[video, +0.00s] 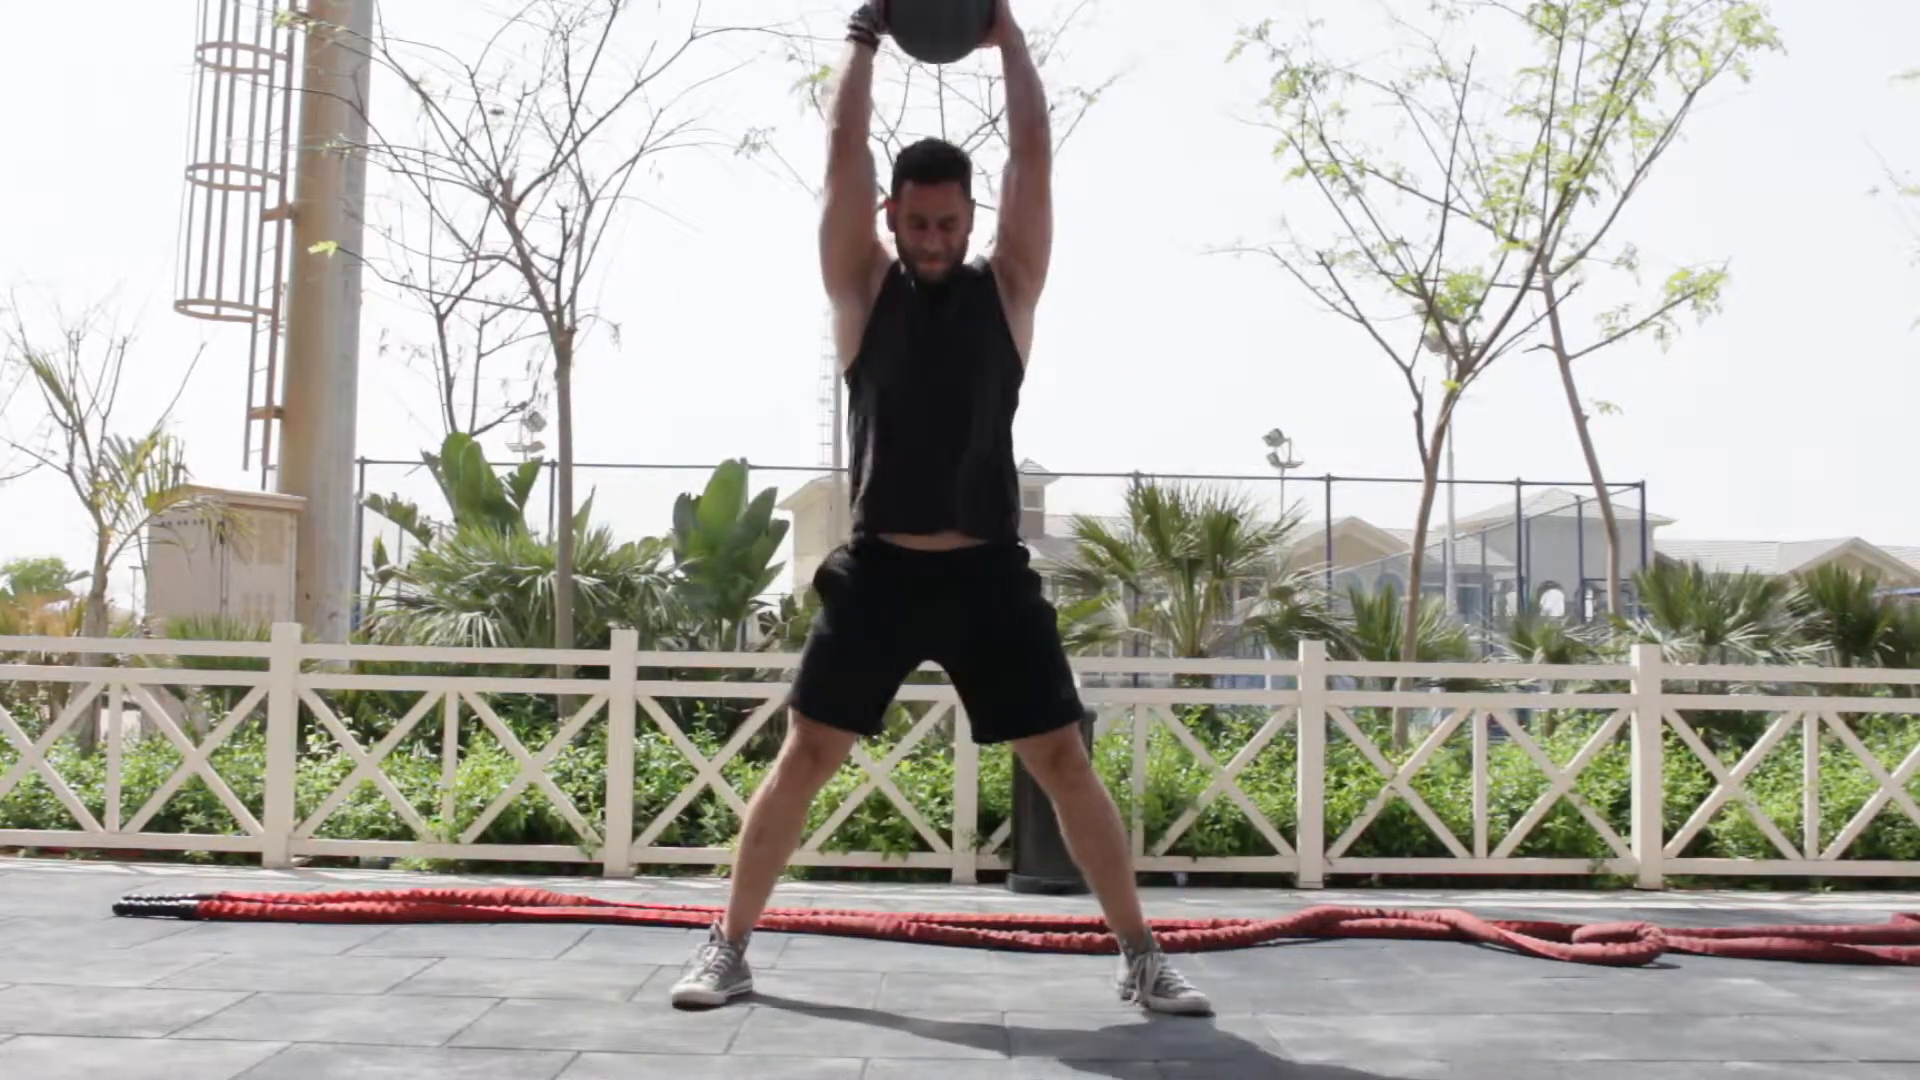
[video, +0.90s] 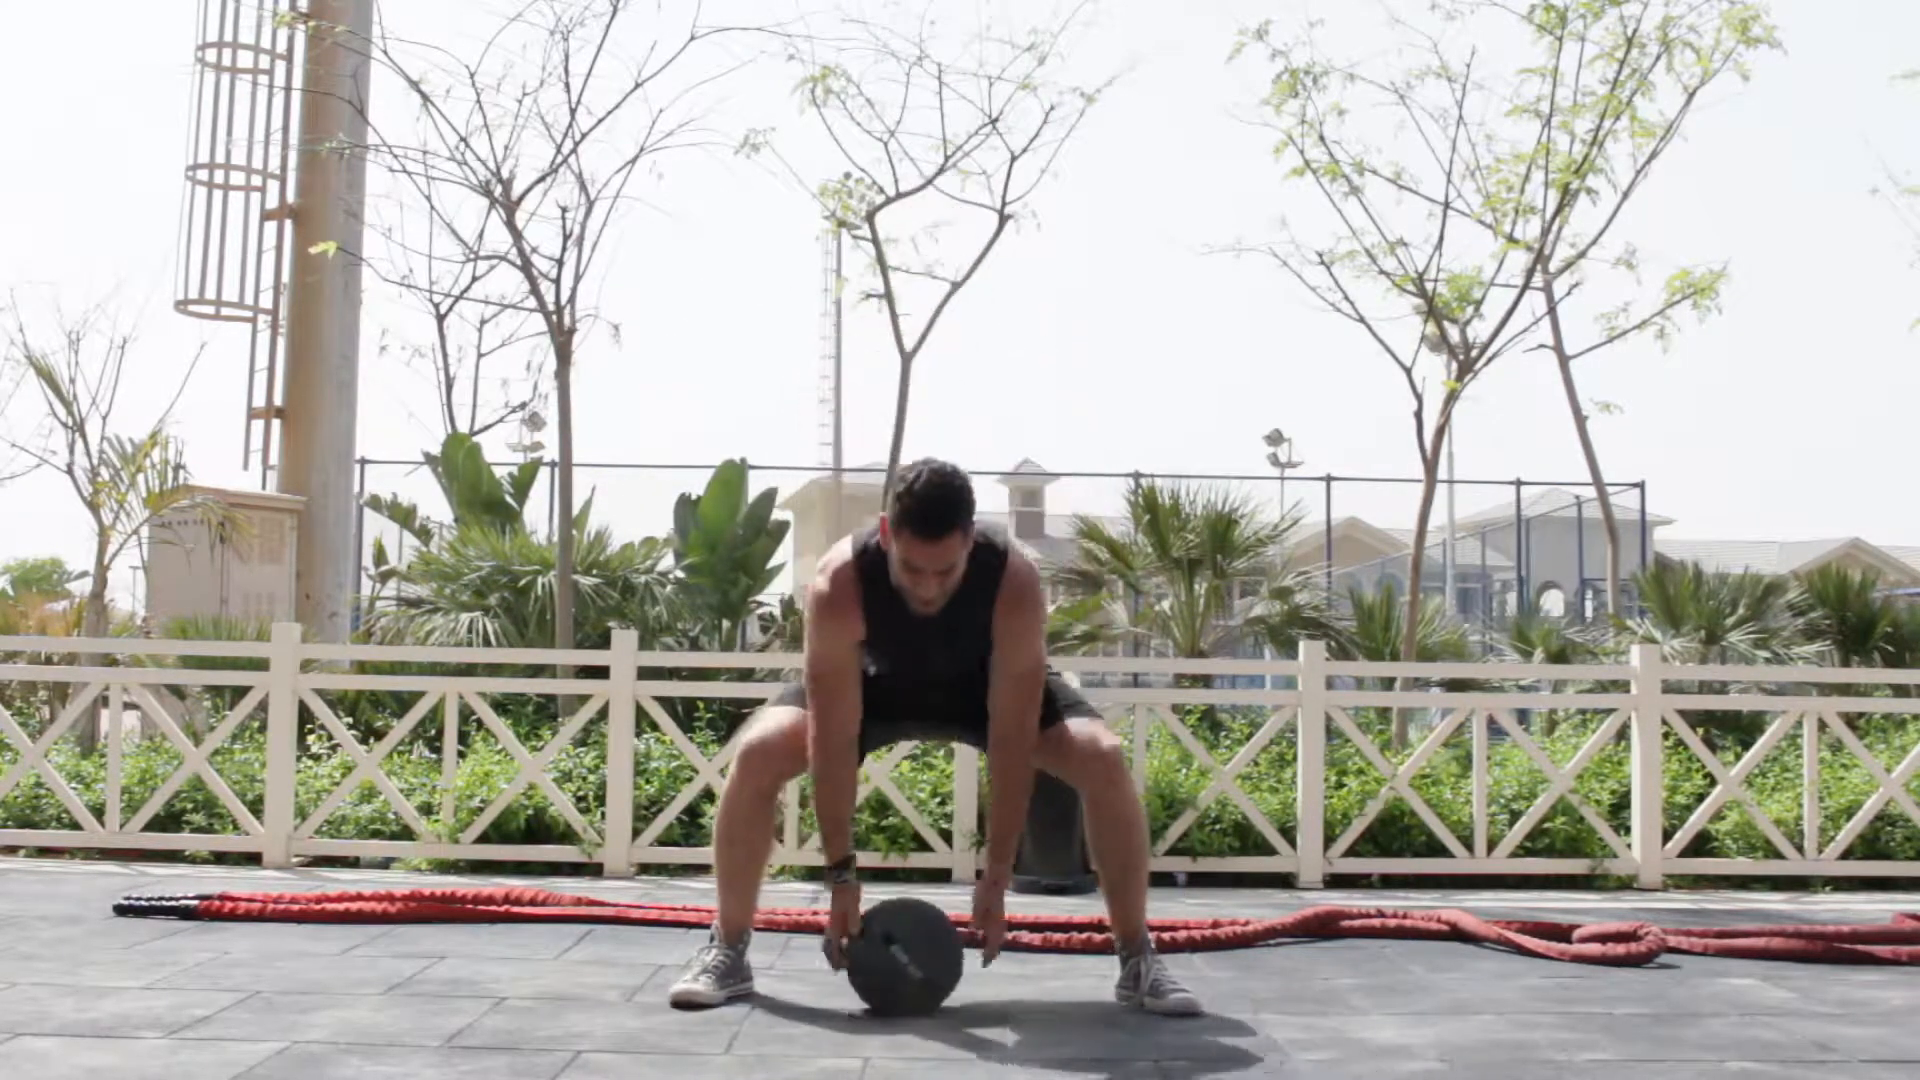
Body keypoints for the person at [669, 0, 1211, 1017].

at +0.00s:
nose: (934, 233)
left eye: (947, 218)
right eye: (918, 220)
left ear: (973, 219)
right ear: (890, 219)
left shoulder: (1007, 292)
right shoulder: (863, 292)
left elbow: (1033, 160)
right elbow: (845, 163)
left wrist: (1011, 37)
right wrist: (864, 39)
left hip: (990, 576)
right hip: (879, 575)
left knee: (1064, 764)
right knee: (804, 762)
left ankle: (1144, 961)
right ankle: (727, 954)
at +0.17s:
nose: (937, 246)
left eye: (951, 232)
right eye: (923, 233)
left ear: (978, 228)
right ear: (899, 231)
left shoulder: (1012, 314)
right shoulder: (872, 309)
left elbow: (1033, 206)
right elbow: (843, 196)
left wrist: (1007, 85)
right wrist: (864, 73)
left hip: (998, 581)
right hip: (888, 578)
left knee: (1073, 767)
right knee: (804, 761)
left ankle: (1141, 961)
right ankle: (732, 955)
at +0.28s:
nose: (941, 256)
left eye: (957, 239)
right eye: (924, 240)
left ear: (984, 243)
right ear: (896, 241)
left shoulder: (1013, 325)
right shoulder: (874, 315)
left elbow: (1040, 402)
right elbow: (825, 367)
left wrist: (1012, 270)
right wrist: (858, 260)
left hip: (999, 583)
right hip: (889, 579)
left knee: (1070, 757)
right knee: (811, 752)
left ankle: (1140, 961)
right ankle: (733, 950)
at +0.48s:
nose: (945, 278)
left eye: (960, 262)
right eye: (930, 262)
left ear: (984, 249)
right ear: (905, 246)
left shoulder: (1029, 348)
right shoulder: (856, 348)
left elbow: (1066, 467)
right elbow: (812, 460)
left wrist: (1095, 576)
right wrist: (802, 572)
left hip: (999, 592)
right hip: (883, 588)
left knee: (1067, 756)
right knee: (812, 754)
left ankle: (1138, 956)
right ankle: (731, 950)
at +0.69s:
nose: (933, 348)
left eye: (949, 330)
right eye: (918, 330)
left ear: (976, 307)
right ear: (891, 306)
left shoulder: (1026, 387)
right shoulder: (845, 388)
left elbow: (1067, 509)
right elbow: (802, 514)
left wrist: (1070, 635)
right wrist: (810, 641)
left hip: (999, 604)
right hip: (888, 602)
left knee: (1085, 750)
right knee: (797, 738)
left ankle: (1138, 959)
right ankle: (731, 947)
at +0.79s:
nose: (928, 454)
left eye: (944, 439)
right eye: (913, 437)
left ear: (971, 411)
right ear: (891, 408)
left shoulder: (1017, 476)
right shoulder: (846, 486)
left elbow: (1038, 626)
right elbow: (820, 630)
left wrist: (1023, 765)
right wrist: (835, 762)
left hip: (993, 645)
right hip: (884, 644)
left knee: (1097, 746)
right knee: (774, 745)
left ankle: (1137, 957)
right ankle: (729, 952)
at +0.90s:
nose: (929, 587)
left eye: (946, 571)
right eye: (914, 570)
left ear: (971, 540)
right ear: (887, 534)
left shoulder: (1015, 581)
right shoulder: (837, 586)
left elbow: (1013, 740)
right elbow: (833, 744)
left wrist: (993, 880)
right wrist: (841, 880)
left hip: (986, 699)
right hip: (874, 698)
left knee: (1103, 755)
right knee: (756, 754)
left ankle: (1138, 961)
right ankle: (727, 953)